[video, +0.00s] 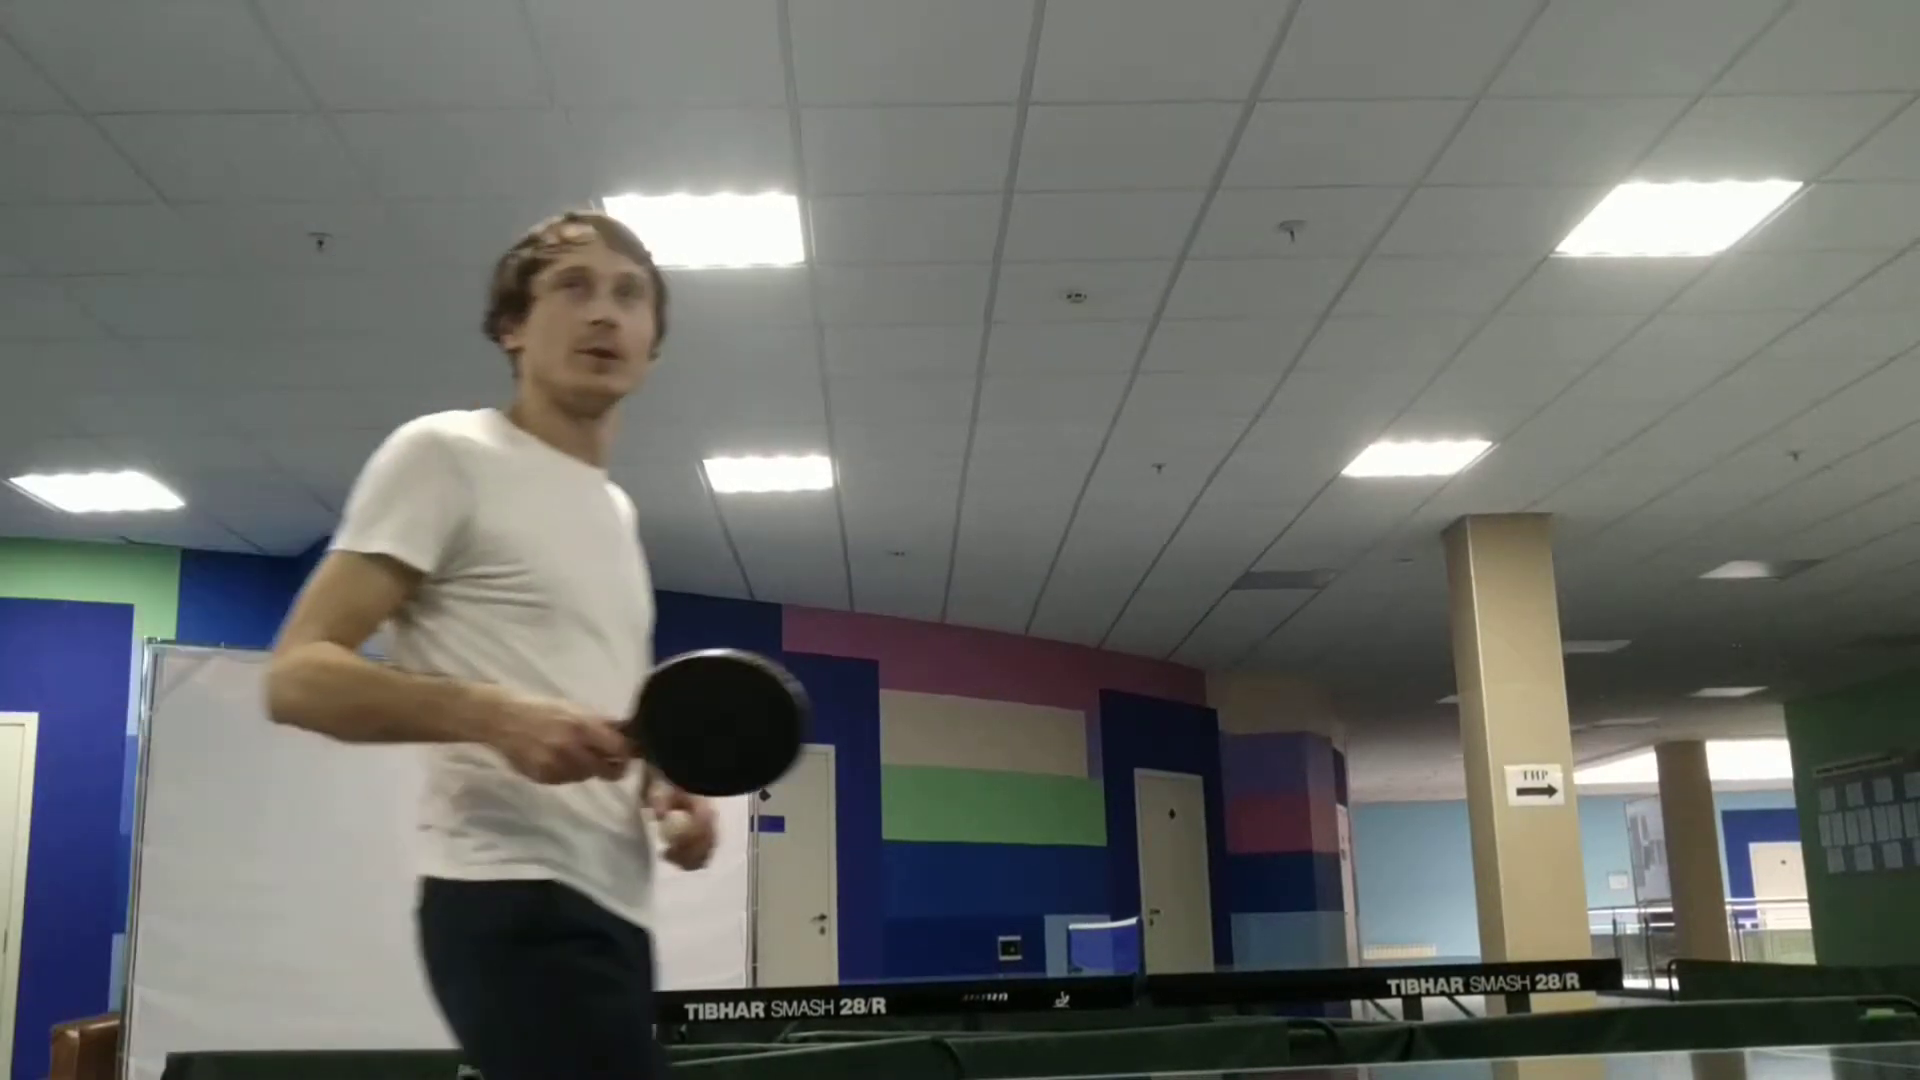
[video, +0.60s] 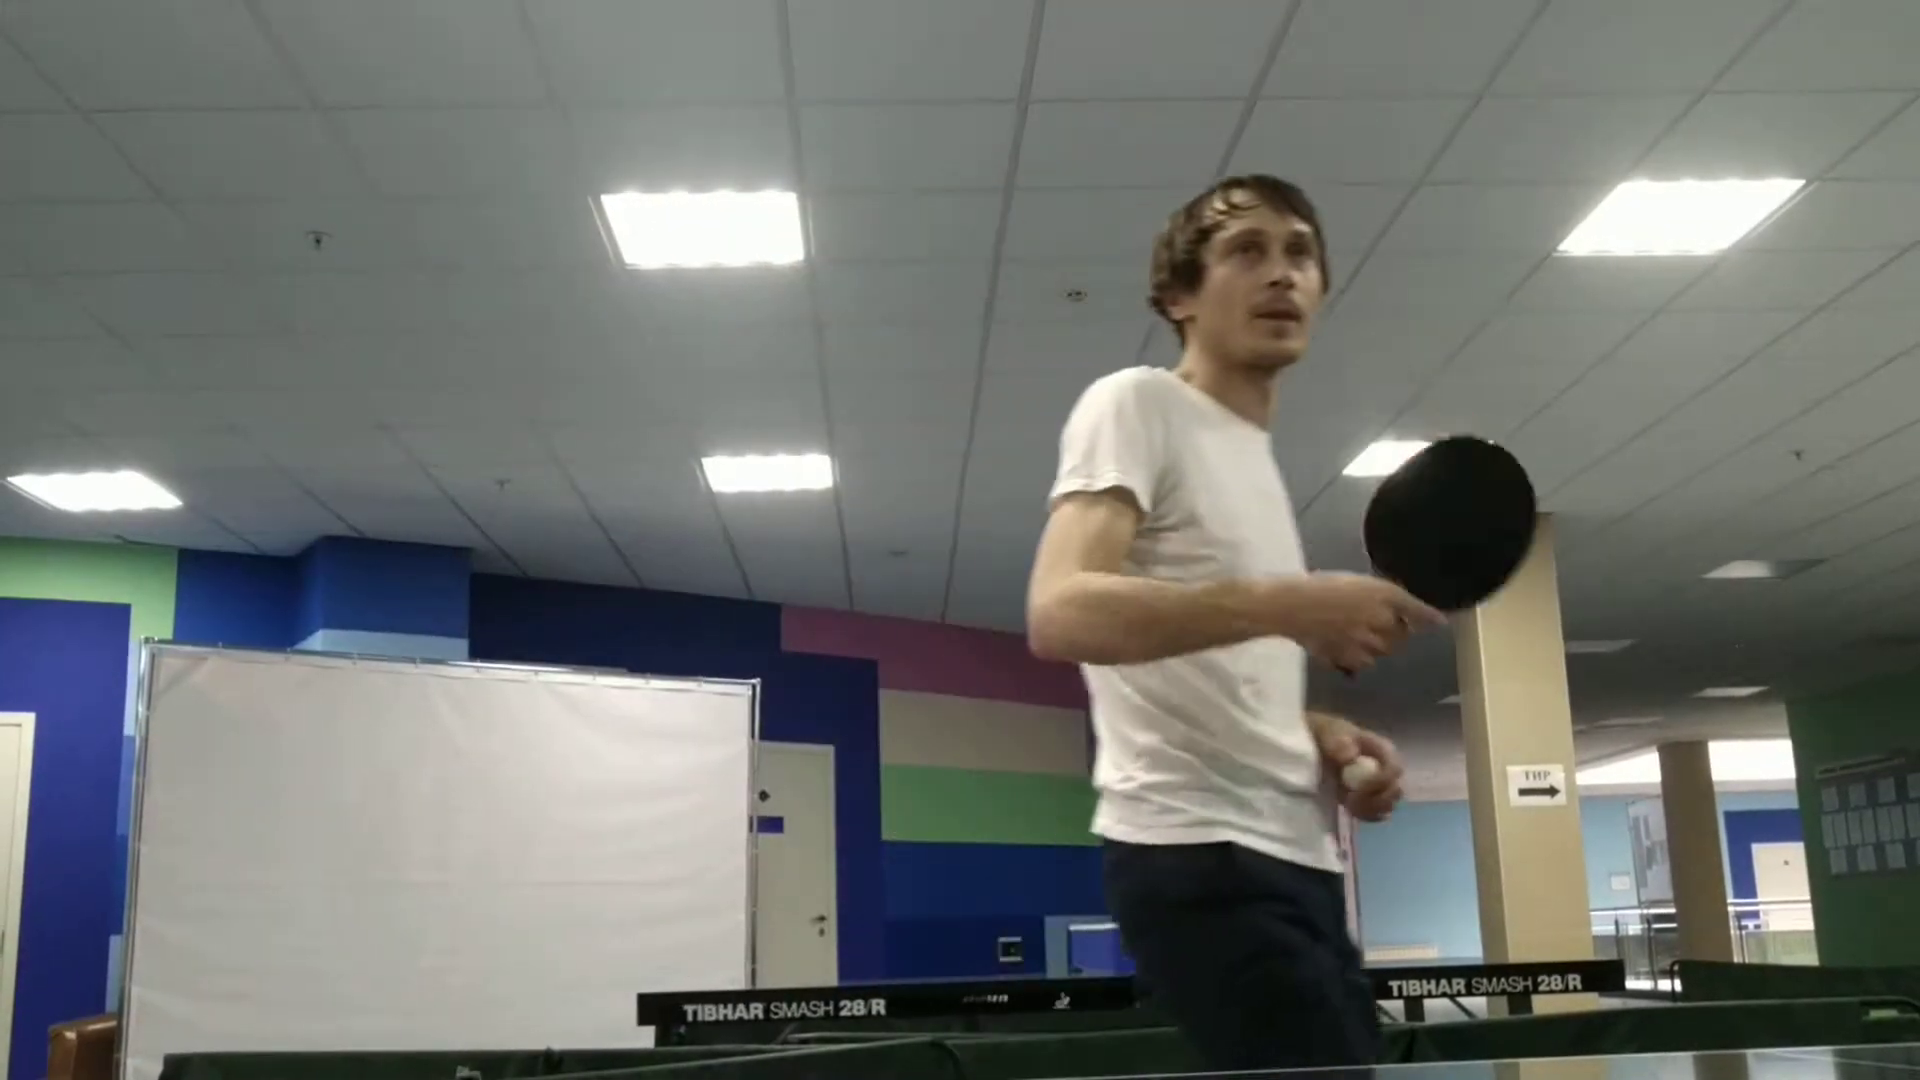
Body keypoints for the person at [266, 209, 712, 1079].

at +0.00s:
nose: (605, 310)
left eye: (630, 293)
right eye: (573, 287)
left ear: (655, 342)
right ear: (514, 327)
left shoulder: (616, 514)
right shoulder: (443, 452)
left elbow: (601, 711)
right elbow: (297, 675)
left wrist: (663, 790)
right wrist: (497, 716)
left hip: (607, 904)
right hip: (509, 898)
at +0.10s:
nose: (727, 293)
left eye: (749, 275)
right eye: (694, 270)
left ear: (774, 318)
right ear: (631, 312)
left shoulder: (716, 492)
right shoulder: (579, 435)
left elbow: (694, 701)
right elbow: (458, 664)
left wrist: (782, 774)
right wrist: (678, 715)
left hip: (720, 883)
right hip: (640, 883)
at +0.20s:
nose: (847, 274)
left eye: (869, 256)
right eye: (815, 251)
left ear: (890, 299)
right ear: (749, 294)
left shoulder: (824, 464)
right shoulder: (710, 408)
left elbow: (788, 672)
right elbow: (611, 627)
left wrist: (895, 740)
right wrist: (857, 678)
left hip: (837, 872)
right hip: (750, 864)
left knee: (922, 1064)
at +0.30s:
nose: (971, 272)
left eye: (991, 254)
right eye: (937, 249)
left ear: (1012, 299)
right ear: (871, 294)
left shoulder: (933, 456)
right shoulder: (834, 399)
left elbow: (876, 679)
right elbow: (744, 606)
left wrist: (991, 742)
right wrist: (1003, 623)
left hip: (944, 869)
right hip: (857, 859)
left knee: (1024, 1061)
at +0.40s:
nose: (1090, 284)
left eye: (1107, 266)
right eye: (1055, 261)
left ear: (1127, 307)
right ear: (986, 307)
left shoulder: (1048, 467)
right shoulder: (950, 407)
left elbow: (992, 691)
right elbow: (867, 604)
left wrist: (1107, 757)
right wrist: (1123, 568)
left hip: (1075, 880)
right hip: (979, 871)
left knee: (1121, 1064)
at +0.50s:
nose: (1188, 287)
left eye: (1207, 269)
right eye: (1154, 265)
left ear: (1229, 309)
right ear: (1088, 309)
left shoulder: (1159, 471)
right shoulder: (1048, 412)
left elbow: (1107, 695)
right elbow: (972, 613)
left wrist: (1214, 748)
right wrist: (1201, 543)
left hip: (1190, 874)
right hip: (1102, 873)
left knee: (1269, 1065)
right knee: (1175, 1070)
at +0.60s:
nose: (1283, 271)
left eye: (1301, 253)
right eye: (1246, 250)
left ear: (1323, 297)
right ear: (1182, 296)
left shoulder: (1258, 465)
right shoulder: (1138, 401)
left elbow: (1219, 690)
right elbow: (1059, 611)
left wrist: (1318, 733)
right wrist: (1293, 606)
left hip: (1290, 860)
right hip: (1198, 856)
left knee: (1340, 1064)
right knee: (1329, 1064)